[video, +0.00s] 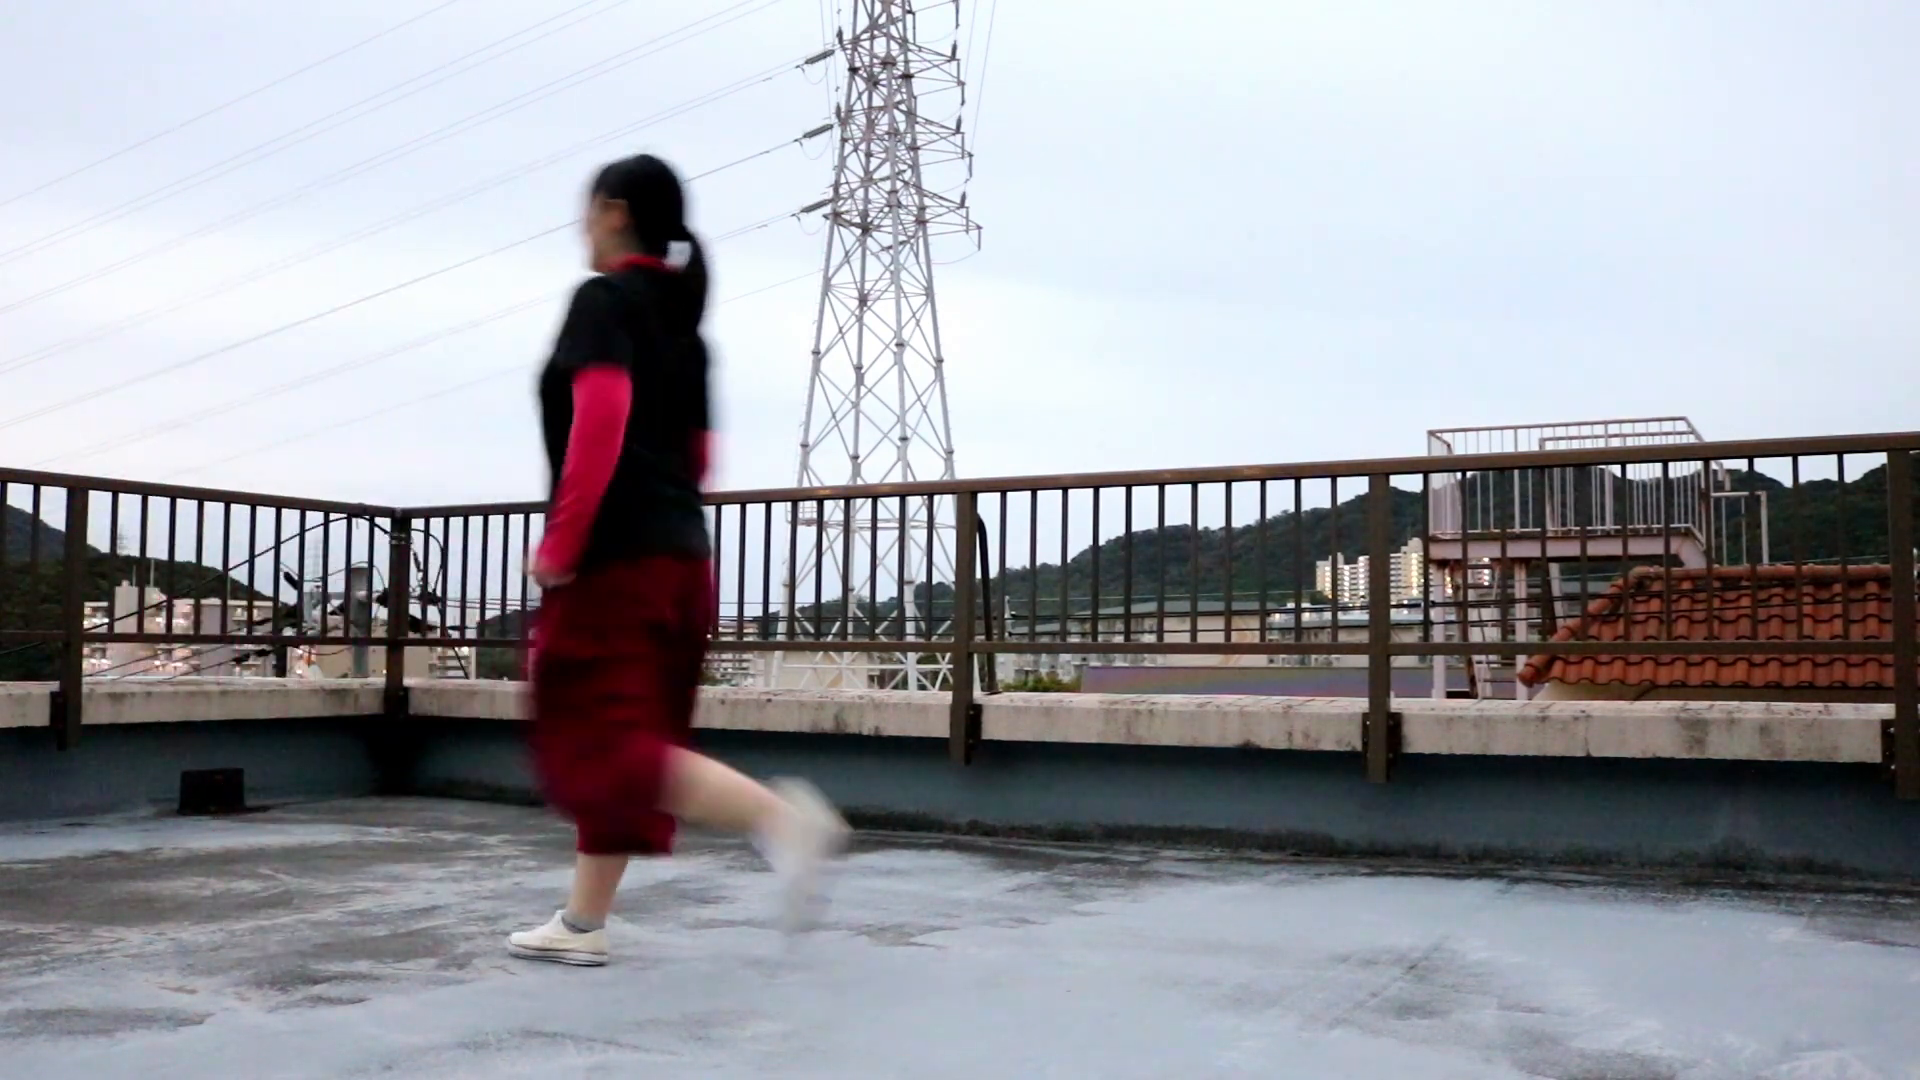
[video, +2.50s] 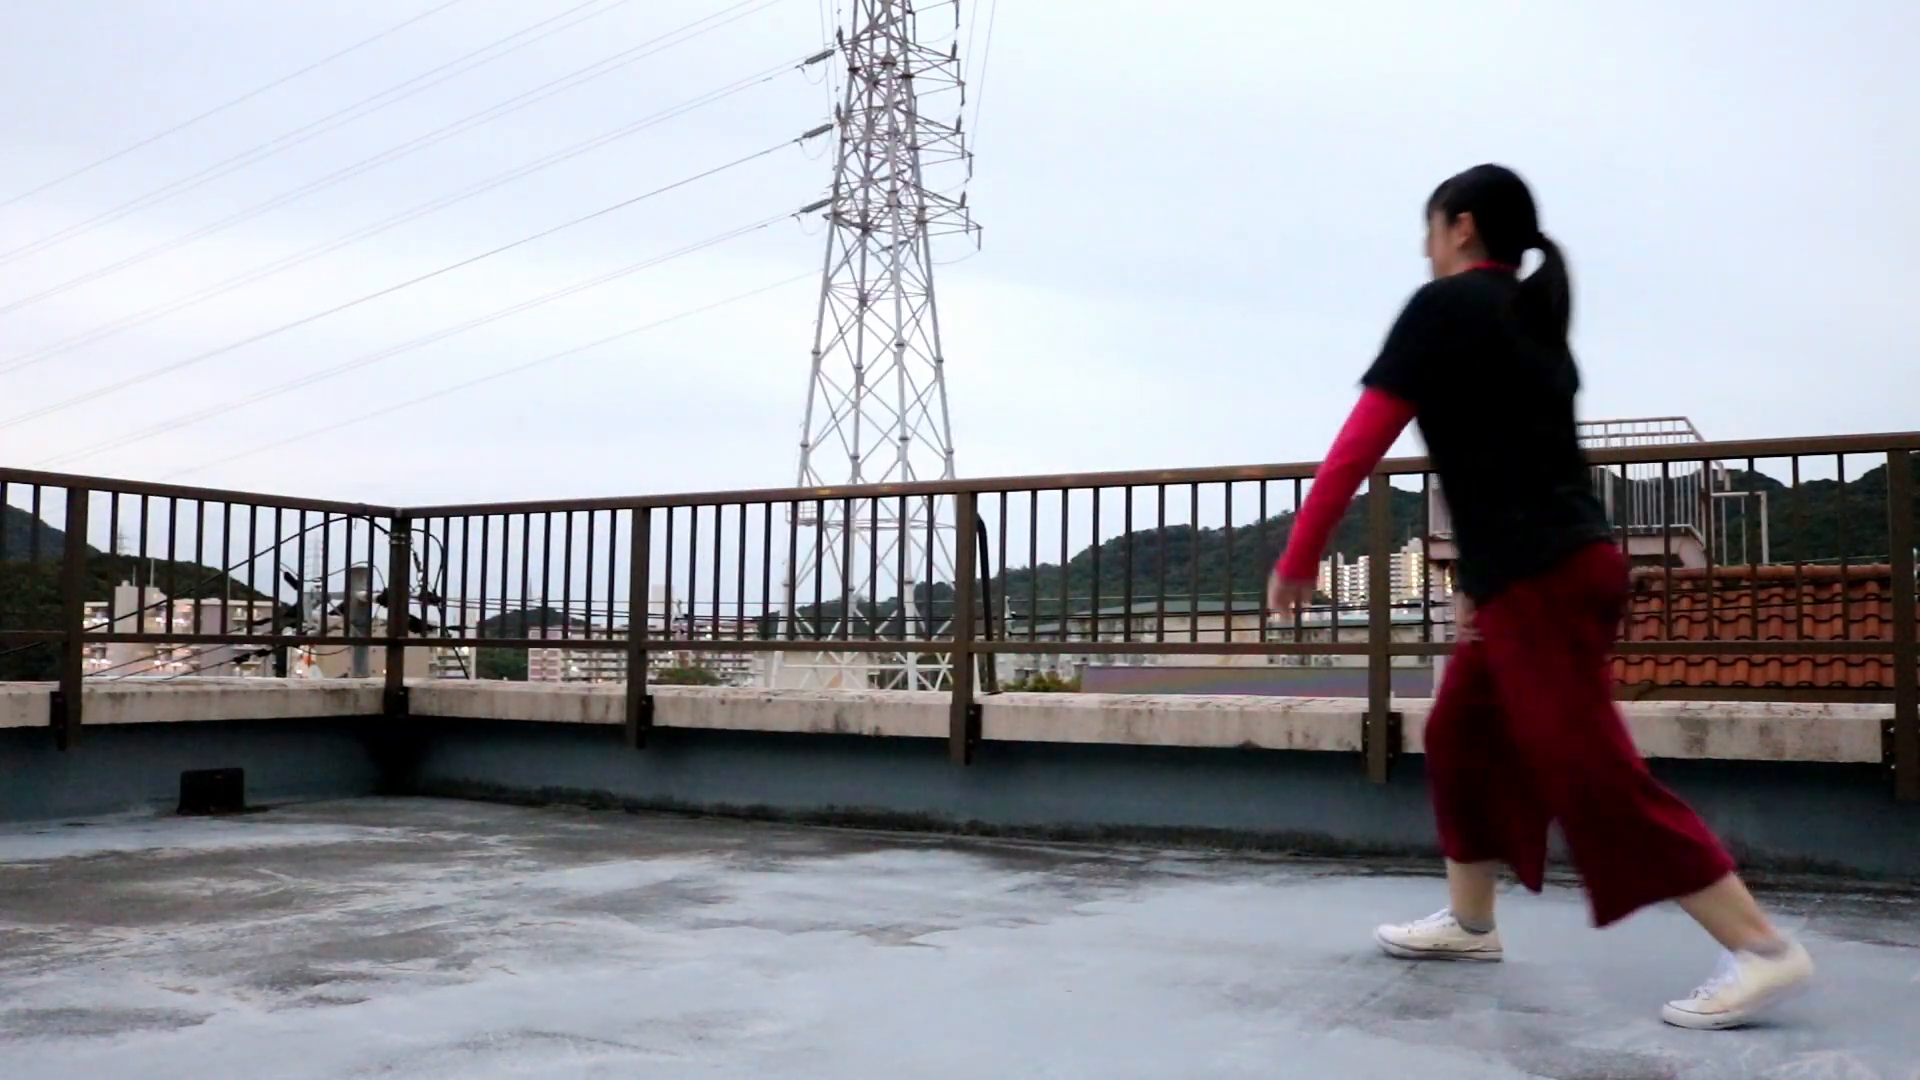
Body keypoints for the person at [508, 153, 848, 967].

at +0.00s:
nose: (585, 229)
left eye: (592, 215)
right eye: (589, 215)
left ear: (616, 219)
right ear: (658, 226)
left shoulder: (603, 300)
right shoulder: (679, 316)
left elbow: (601, 418)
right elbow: (696, 456)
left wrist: (560, 539)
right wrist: (627, 505)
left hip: (614, 559)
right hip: (677, 559)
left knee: (587, 741)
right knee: (626, 736)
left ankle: (781, 817)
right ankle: (583, 922)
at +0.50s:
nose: (889, 175)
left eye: (899, 161)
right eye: (895, 160)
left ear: (932, 169)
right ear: (962, 179)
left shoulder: (926, 249)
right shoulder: (998, 271)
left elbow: (975, 311)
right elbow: (1074, 394)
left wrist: (966, 462)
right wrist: (1042, 490)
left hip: (958, 531)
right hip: (1036, 531)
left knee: (884, 705)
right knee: (1034, 737)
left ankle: (909, 960)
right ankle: (1194, 890)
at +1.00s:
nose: (1219, 227)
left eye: (1231, 204)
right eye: (1199, 224)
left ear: (1279, 210)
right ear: (1195, 259)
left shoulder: (1298, 279)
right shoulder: (1252, 362)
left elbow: (1302, 319)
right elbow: (1143, 434)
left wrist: (1315, 483)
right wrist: (1079, 350)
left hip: (1399, 525)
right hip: (1434, 545)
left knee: (1209, 597)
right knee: (1355, 767)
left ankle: (1210, 827)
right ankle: (1460, 979)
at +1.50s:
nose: (1432, 184)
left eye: (1447, 162)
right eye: (1413, 177)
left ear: (1492, 163)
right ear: (1403, 199)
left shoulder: (1520, 243)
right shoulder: (1447, 286)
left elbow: (1579, 331)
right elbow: (1464, 427)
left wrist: (1524, 493)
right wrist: (1404, 518)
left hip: (1572, 533)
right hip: (1543, 540)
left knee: (1414, 697)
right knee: (1538, 744)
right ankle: (1574, 972)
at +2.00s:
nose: (1481, 157)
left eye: (1499, 135)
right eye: (1469, 151)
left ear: (1557, 143)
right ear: (1470, 180)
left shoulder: (1574, 226)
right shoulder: (1531, 258)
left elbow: (1573, 360)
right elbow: (1540, 406)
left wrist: (1480, 485)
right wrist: (1507, 530)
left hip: (1603, 531)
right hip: (1548, 540)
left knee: (1541, 724)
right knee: (1524, 728)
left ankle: (1716, 913)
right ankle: (1574, 973)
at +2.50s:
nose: (1426, 245)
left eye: (1432, 230)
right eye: (1430, 230)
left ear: (1463, 231)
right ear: (1502, 238)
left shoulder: (1438, 309)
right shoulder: (1530, 313)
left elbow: (1357, 447)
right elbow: (1538, 455)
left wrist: (1299, 555)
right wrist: (1493, 581)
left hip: (1534, 576)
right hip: (1574, 561)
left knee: (1591, 766)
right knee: (1456, 733)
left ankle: (1764, 949)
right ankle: (1470, 920)